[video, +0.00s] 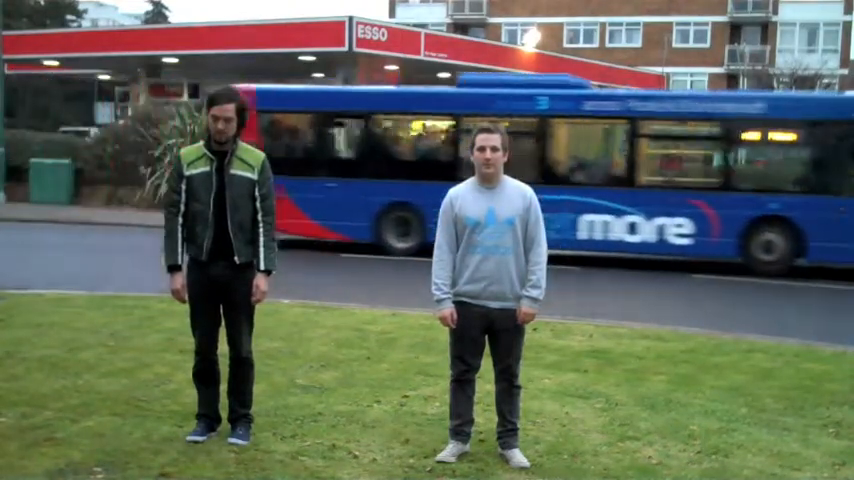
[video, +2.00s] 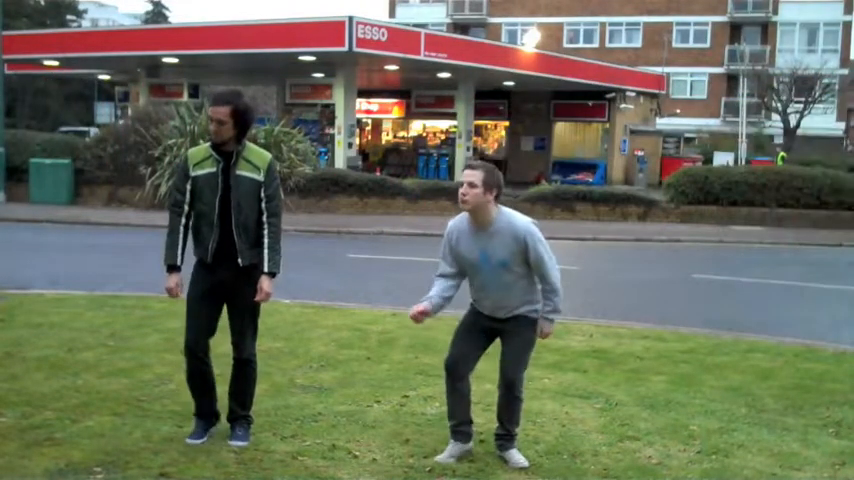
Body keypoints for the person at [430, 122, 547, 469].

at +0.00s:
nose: (486, 155)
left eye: (493, 150)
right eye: (480, 149)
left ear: (504, 155)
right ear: (472, 155)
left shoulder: (524, 196)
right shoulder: (456, 197)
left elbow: (538, 250)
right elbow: (443, 251)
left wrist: (532, 298)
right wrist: (443, 299)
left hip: (510, 305)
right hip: (466, 304)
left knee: (509, 379)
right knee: (462, 376)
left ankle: (509, 444)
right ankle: (458, 440)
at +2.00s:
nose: (462, 191)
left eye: (471, 186)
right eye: (461, 185)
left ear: (491, 193)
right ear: (460, 189)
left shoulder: (522, 229)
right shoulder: (456, 229)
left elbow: (550, 274)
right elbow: (448, 276)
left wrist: (548, 315)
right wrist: (430, 304)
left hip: (521, 315)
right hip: (481, 312)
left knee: (512, 379)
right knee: (455, 366)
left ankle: (506, 445)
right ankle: (461, 440)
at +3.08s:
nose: (486, 186)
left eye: (495, 180)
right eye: (484, 180)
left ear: (515, 187)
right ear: (481, 185)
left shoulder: (541, 223)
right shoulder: (472, 225)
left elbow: (564, 265)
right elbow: (459, 266)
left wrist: (558, 305)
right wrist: (444, 276)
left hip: (531, 317)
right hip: (489, 314)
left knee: (524, 383)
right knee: (473, 372)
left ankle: (508, 444)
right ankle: (465, 440)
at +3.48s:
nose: (480, 178)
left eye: (485, 173)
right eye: (482, 172)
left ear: (503, 179)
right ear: (502, 179)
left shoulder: (544, 215)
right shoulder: (484, 212)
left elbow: (571, 255)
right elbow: (480, 257)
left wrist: (561, 276)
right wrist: (466, 285)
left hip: (532, 317)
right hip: (492, 312)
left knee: (520, 383)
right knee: (451, 363)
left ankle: (508, 445)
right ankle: (464, 440)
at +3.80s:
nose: (495, 169)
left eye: (502, 164)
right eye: (496, 163)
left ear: (522, 171)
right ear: (509, 169)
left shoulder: (551, 211)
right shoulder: (486, 202)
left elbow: (567, 254)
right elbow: (466, 243)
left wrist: (561, 276)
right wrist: (440, 255)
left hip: (535, 313)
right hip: (494, 307)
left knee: (525, 383)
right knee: (461, 357)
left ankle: (508, 444)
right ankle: (461, 435)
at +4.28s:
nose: (515, 168)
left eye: (522, 163)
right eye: (509, 162)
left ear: (532, 173)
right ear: (498, 170)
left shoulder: (547, 212)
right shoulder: (482, 207)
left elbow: (574, 250)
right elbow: (473, 248)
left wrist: (576, 258)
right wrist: (466, 268)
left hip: (534, 315)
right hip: (492, 311)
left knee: (524, 381)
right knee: (457, 366)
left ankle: (508, 445)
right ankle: (464, 440)